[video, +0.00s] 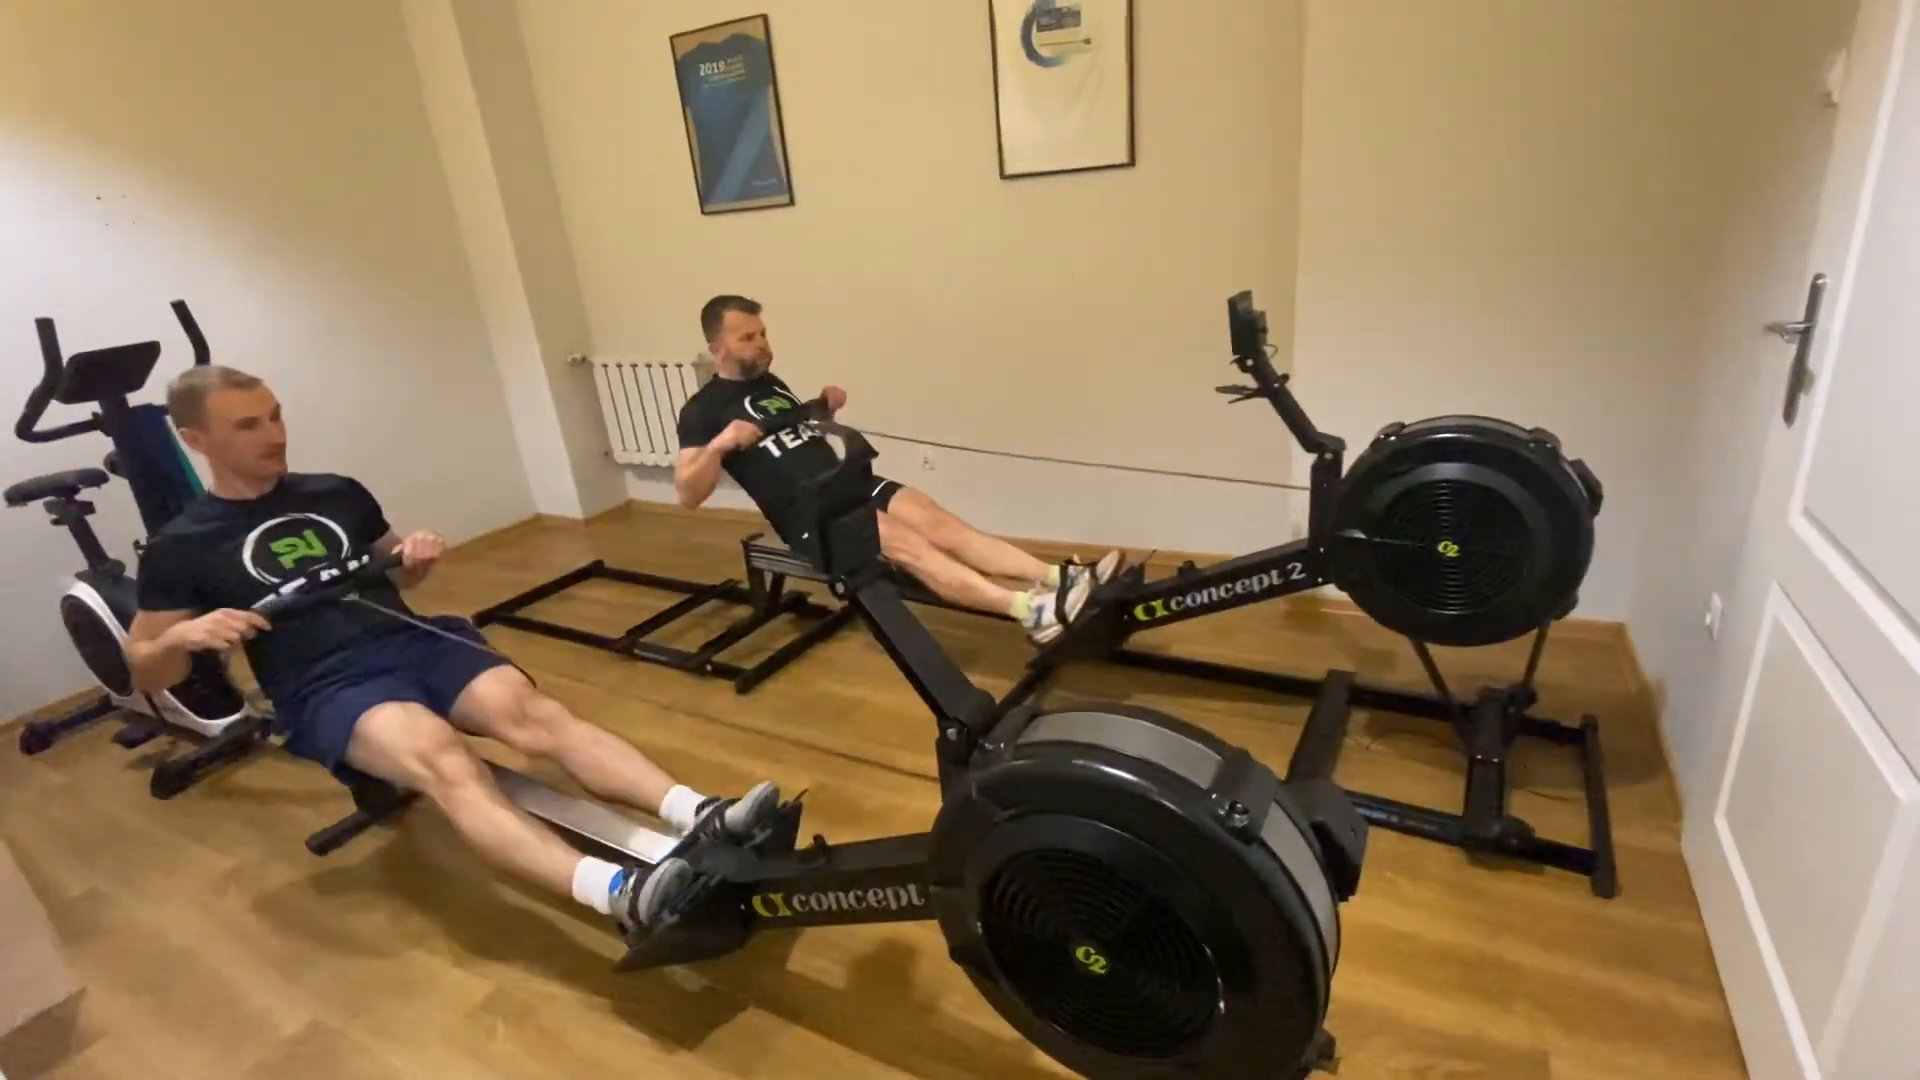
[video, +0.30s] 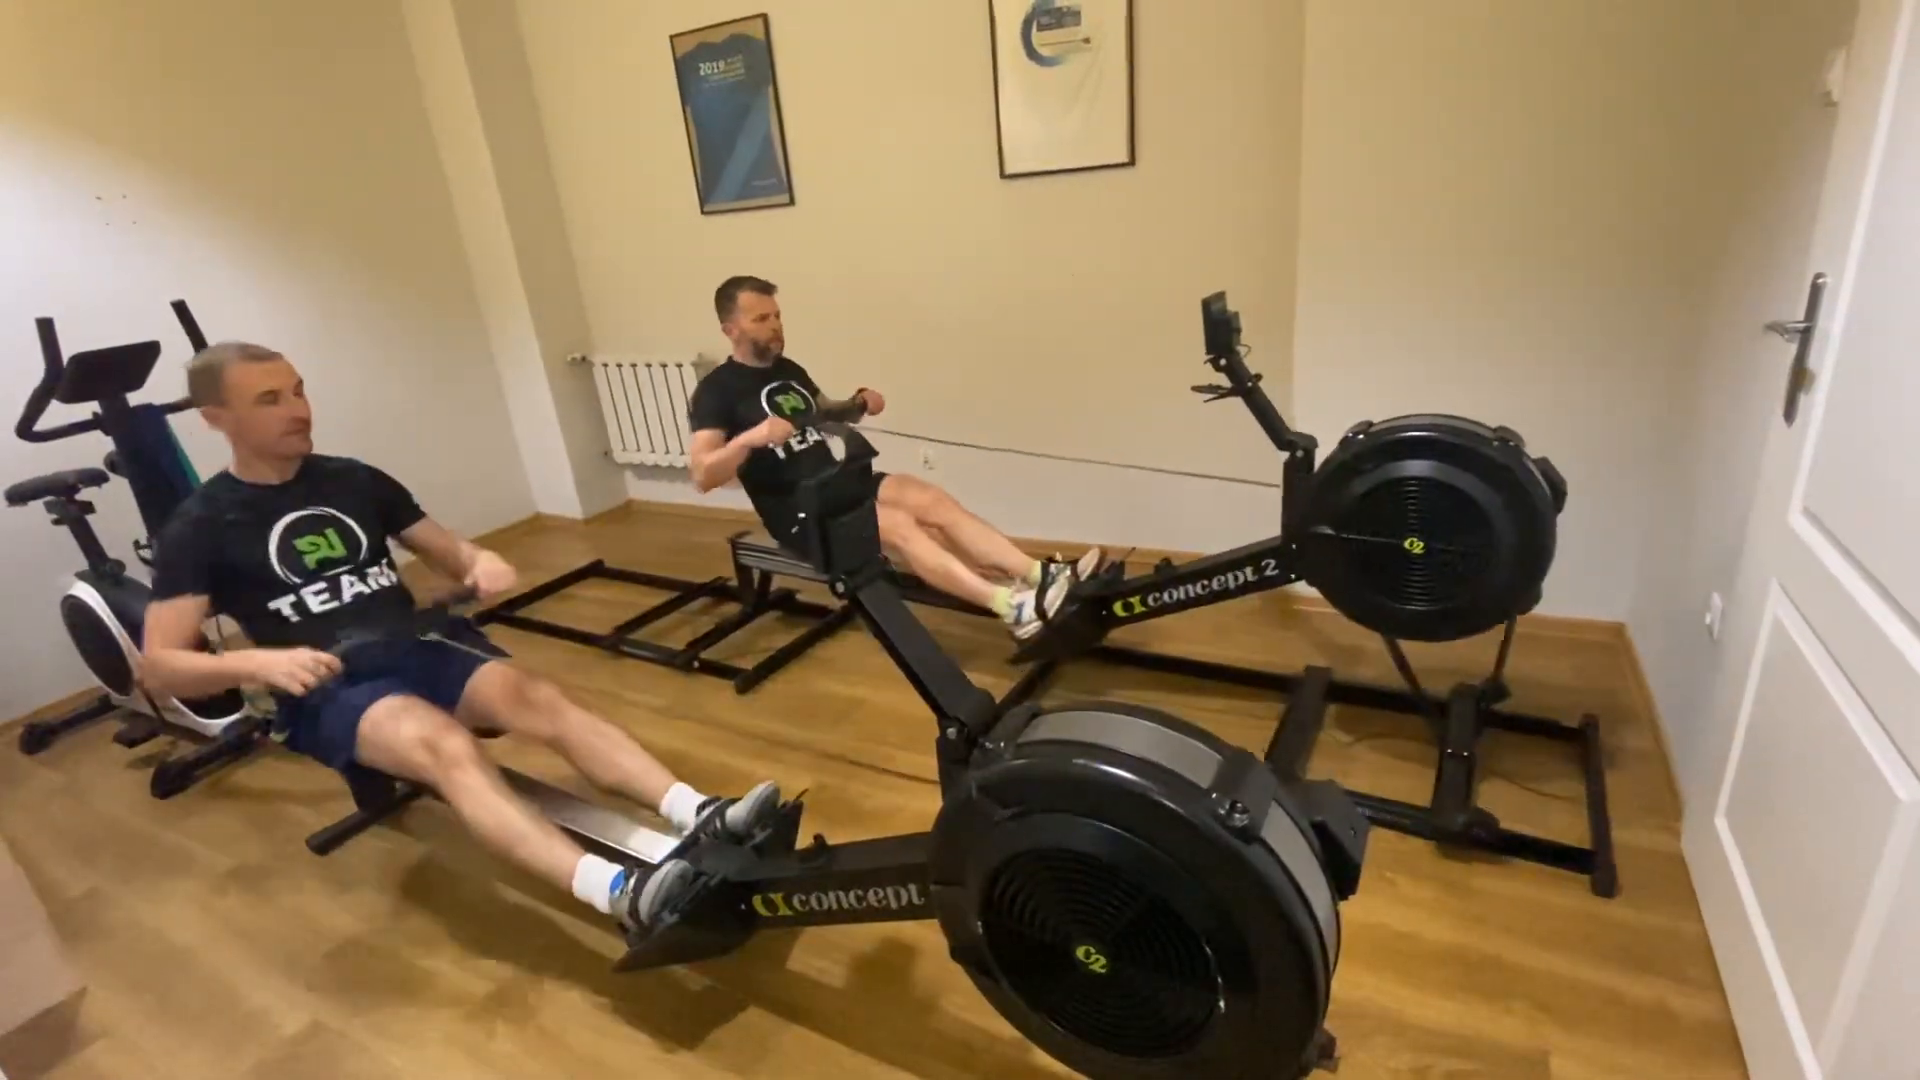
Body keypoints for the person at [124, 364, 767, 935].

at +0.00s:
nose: (272, 436)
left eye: (273, 418)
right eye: (250, 428)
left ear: (281, 415)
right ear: (199, 443)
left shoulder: (335, 493)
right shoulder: (182, 547)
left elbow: (393, 568)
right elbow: (142, 668)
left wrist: (414, 554)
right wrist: (187, 632)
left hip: (410, 637)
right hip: (327, 680)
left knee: (530, 711)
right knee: (445, 763)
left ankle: (702, 817)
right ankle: (624, 895)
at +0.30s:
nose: (300, 409)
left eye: (298, 392)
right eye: (274, 400)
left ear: (302, 394)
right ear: (219, 422)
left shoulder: (352, 481)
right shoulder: (200, 528)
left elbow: (450, 554)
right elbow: (158, 665)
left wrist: (483, 565)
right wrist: (254, 665)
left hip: (411, 643)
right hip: (325, 680)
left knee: (535, 696)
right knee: (441, 746)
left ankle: (702, 817)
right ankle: (621, 894)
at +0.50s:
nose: (338, 400)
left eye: (334, 382)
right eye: (314, 390)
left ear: (337, 381)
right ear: (254, 415)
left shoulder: (377, 474)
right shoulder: (226, 521)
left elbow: (484, 543)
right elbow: (210, 661)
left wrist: (542, 577)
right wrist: (322, 689)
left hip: (435, 653)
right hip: (344, 690)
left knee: (549, 678)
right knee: (450, 728)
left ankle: (705, 818)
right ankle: (620, 893)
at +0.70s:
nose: (387, 404)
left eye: (384, 385)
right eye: (360, 394)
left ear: (387, 385)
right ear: (303, 418)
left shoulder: (418, 475)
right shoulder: (265, 521)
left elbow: (530, 540)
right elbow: (279, 658)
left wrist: (609, 594)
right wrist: (398, 716)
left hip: (454, 646)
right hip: (364, 681)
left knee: (575, 650)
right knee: (452, 715)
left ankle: (702, 816)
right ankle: (623, 893)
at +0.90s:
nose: (451, 415)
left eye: (446, 396)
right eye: (425, 406)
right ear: (364, 432)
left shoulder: (469, 483)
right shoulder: (314, 531)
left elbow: (586, 548)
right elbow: (349, 669)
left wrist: (677, 611)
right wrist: (484, 746)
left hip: (483, 660)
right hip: (385, 705)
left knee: (597, 620)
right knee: (457, 683)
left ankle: (704, 817)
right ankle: (624, 893)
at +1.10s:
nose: (508, 427)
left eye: (500, 407)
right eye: (480, 417)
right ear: (416, 444)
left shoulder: (521, 495)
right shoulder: (359, 546)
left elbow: (646, 561)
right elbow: (420, 690)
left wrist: (743, 630)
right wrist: (557, 774)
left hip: (514, 676)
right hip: (416, 722)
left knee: (626, 607)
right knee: (470, 679)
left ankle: (703, 814)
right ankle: (626, 893)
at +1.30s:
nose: (566, 439)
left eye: (557, 420)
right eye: (539, 429)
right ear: (474, 458)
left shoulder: (578, 509)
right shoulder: (417, 560)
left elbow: (703, 574)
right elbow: (482, 706)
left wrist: (817, 647)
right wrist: (639, 800)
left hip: (549, 694)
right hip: (450, 739)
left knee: (654, 604)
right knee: (490, 676)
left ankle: (702, 809)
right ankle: (625, 890)